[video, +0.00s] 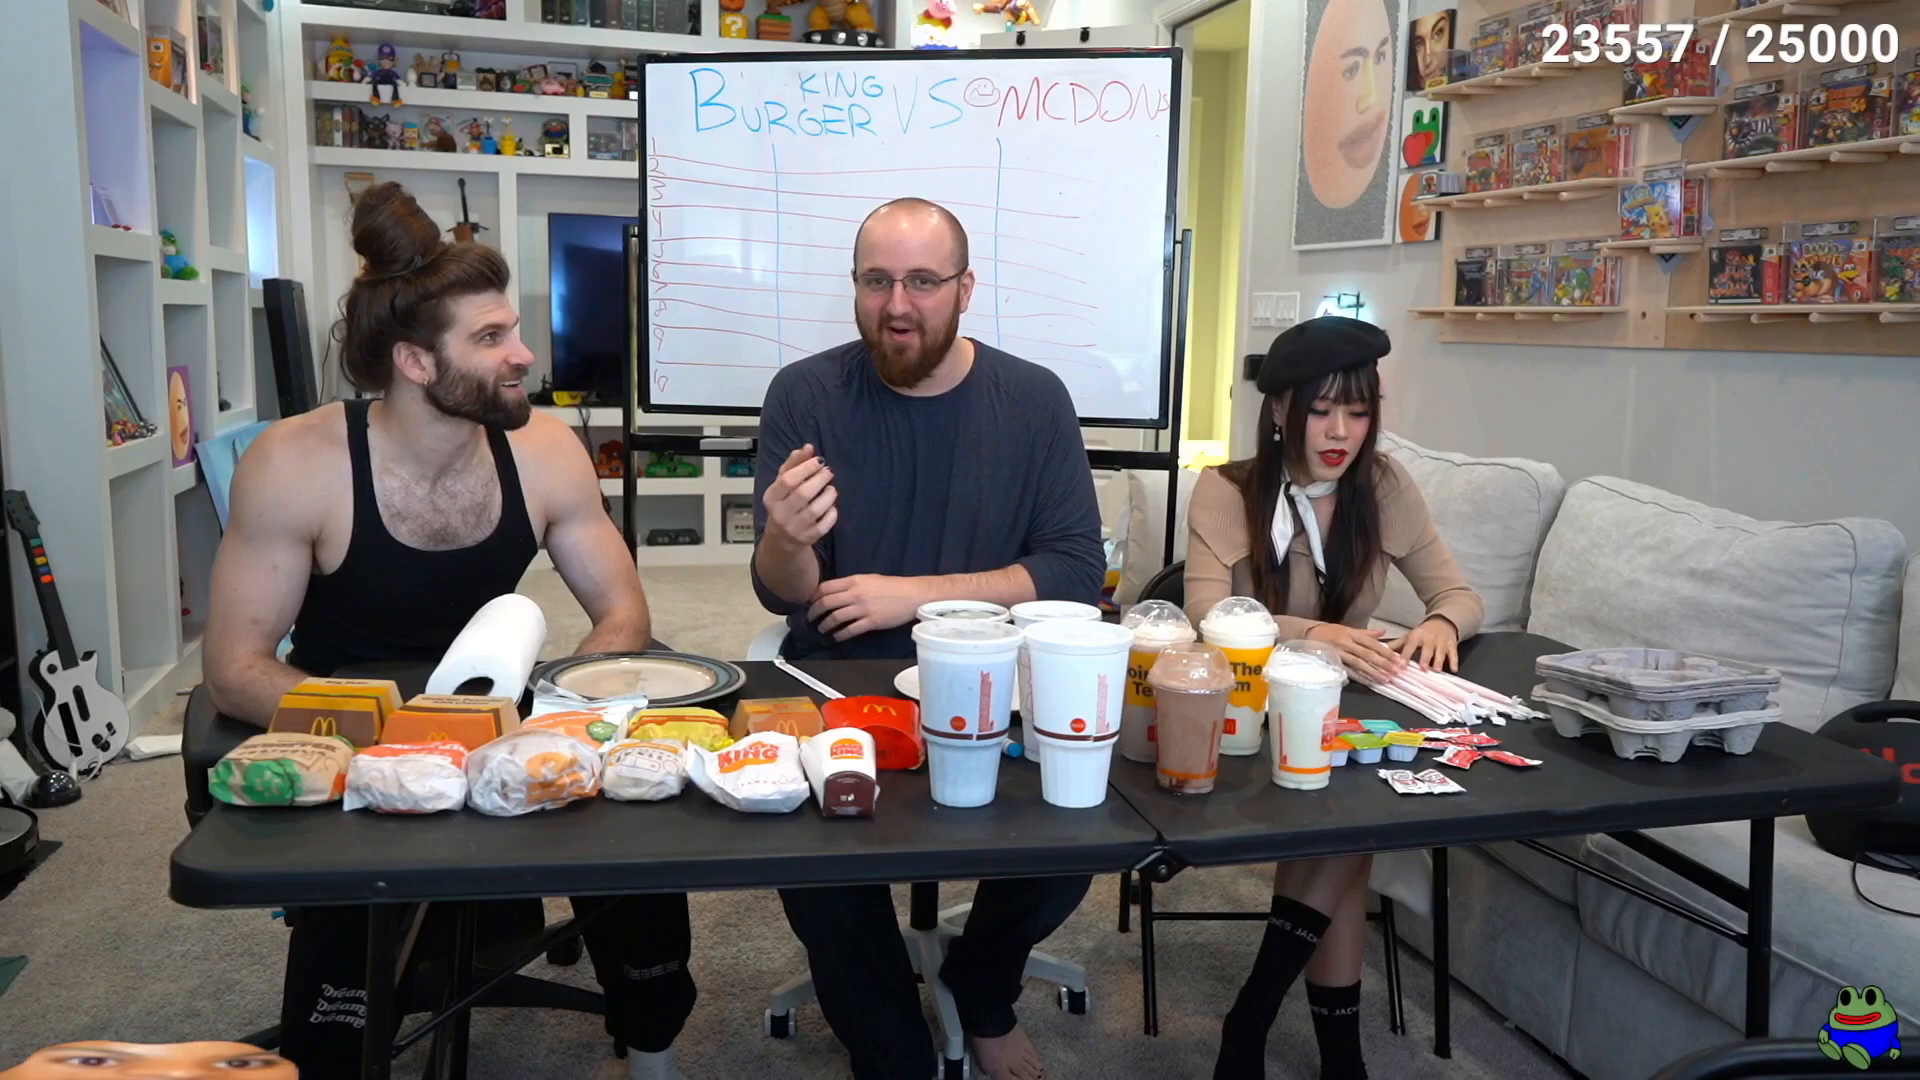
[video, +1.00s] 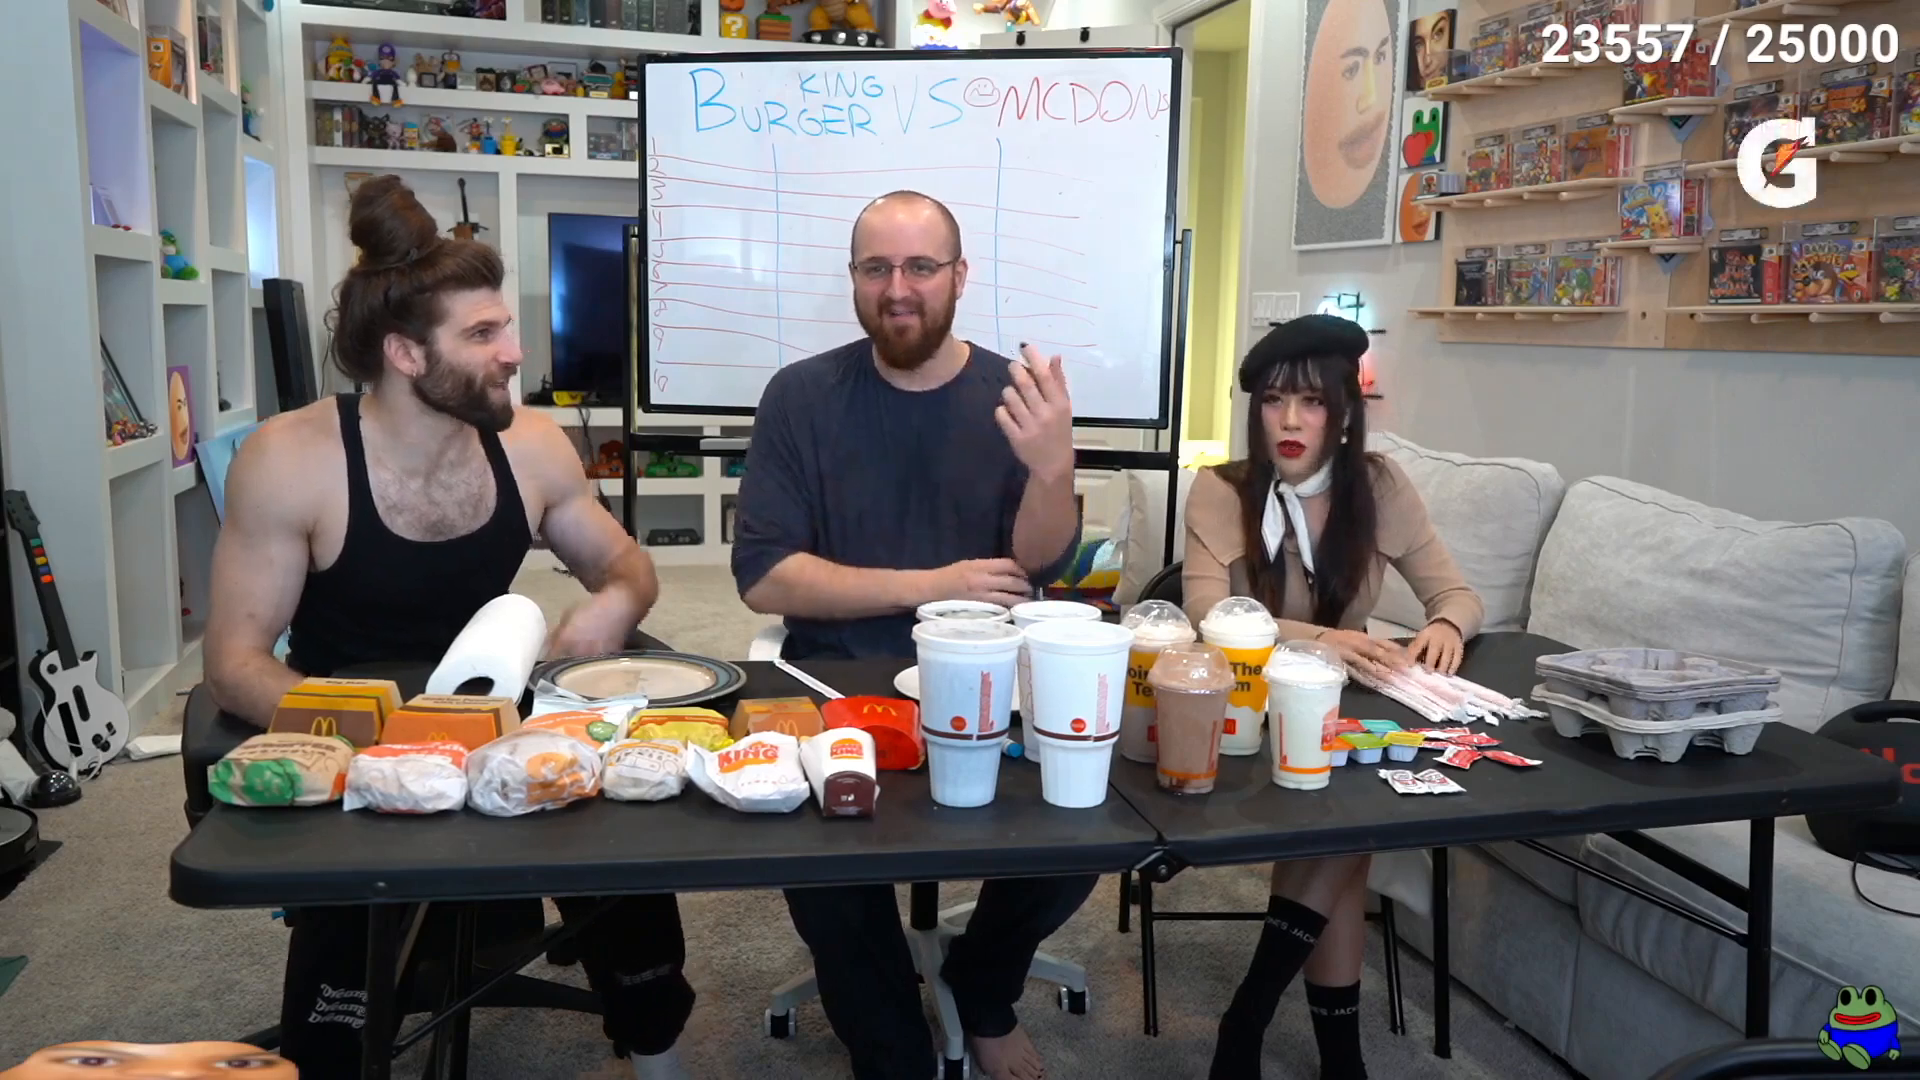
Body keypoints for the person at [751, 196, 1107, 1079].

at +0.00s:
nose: (898, 305)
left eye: (923, 283)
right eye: (878, 281)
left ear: (964, 290)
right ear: (853, 286)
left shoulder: (1033, 399)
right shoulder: (805, 393)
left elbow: (1077, 572)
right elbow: (782, 595)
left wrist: (916, 593)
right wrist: (787, 538)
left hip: (996, 680)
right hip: (840, 685)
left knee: (1070, 835)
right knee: (813, 854)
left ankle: (981, 986)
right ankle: (900, 1058)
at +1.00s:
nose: (897, 288)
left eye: (920, 268)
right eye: (876, 269)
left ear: (960, 278)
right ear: (852, 282)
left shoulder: (1015, 392)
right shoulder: (800, 396)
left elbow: (1039, 565)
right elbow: (764, 577)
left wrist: (1051, 472)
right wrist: (930, 584)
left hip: (991, 672)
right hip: (839, 677)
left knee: (1076, 830)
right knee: (819, 854)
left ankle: (980, 986)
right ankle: (899, 1060)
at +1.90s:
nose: (922, 284)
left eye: (925, 261)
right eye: (890, 271)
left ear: (941, 267)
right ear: (834, 295)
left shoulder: (1003, 394)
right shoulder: (775, 425)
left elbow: (1081, 528)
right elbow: (725, 580)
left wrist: (1017, 580)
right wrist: (808, 619)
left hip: (992, 696)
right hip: (838, 701)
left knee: (1074, 831)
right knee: (823, 861)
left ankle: (981, 990)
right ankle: (897, 1062)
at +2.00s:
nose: (909, 284)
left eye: (913, 260)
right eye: (877, 270)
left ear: (932, 267)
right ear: (825, 298)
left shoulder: (997, 394)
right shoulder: (771, 427)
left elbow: (1086, 525)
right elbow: (722, 585)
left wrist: (1020, 582)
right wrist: (811, 619)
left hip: (986, 697)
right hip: (835, 704)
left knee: (1074, 832)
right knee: (827, 865)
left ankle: (981, 992)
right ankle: (897, 1061)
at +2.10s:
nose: (900, 284)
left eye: (904, 259)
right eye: (869, 270)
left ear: (923, 267)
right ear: (817, 299)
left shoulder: (991, 393)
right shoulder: (767, 428)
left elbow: (1093, 524)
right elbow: (713, 588)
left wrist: (1011, 603)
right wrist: (814, 622)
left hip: (985, 694)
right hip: (835, 704)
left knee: (1073, 831)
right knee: (828, 866)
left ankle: (982, 994)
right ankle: (895, 1062)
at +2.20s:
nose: (896, 280)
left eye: (897, 258)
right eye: (865, 268)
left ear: (912, 266)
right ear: (811, 300)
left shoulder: (981, 389)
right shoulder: (762, 428)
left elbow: (1093, 518)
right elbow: (708, 590)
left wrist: (1017, 569)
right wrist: (817, 624)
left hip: (985, 695)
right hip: (836, 705)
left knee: (1077, 827)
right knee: (828, 864)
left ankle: (980, 995)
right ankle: (895, 1062)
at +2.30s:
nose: (890, 277)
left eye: (889, 256)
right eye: (858, 267)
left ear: (901, 262)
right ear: (803, 301)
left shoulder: (973, 386)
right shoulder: (758, 428)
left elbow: (1091, 513)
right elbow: (705, 593)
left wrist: (1017, 521)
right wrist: (817, 623)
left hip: (983, 688)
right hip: (833, 700)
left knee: (1077, 825)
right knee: (826, 862)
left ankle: (981, 991)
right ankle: (895, 1062)